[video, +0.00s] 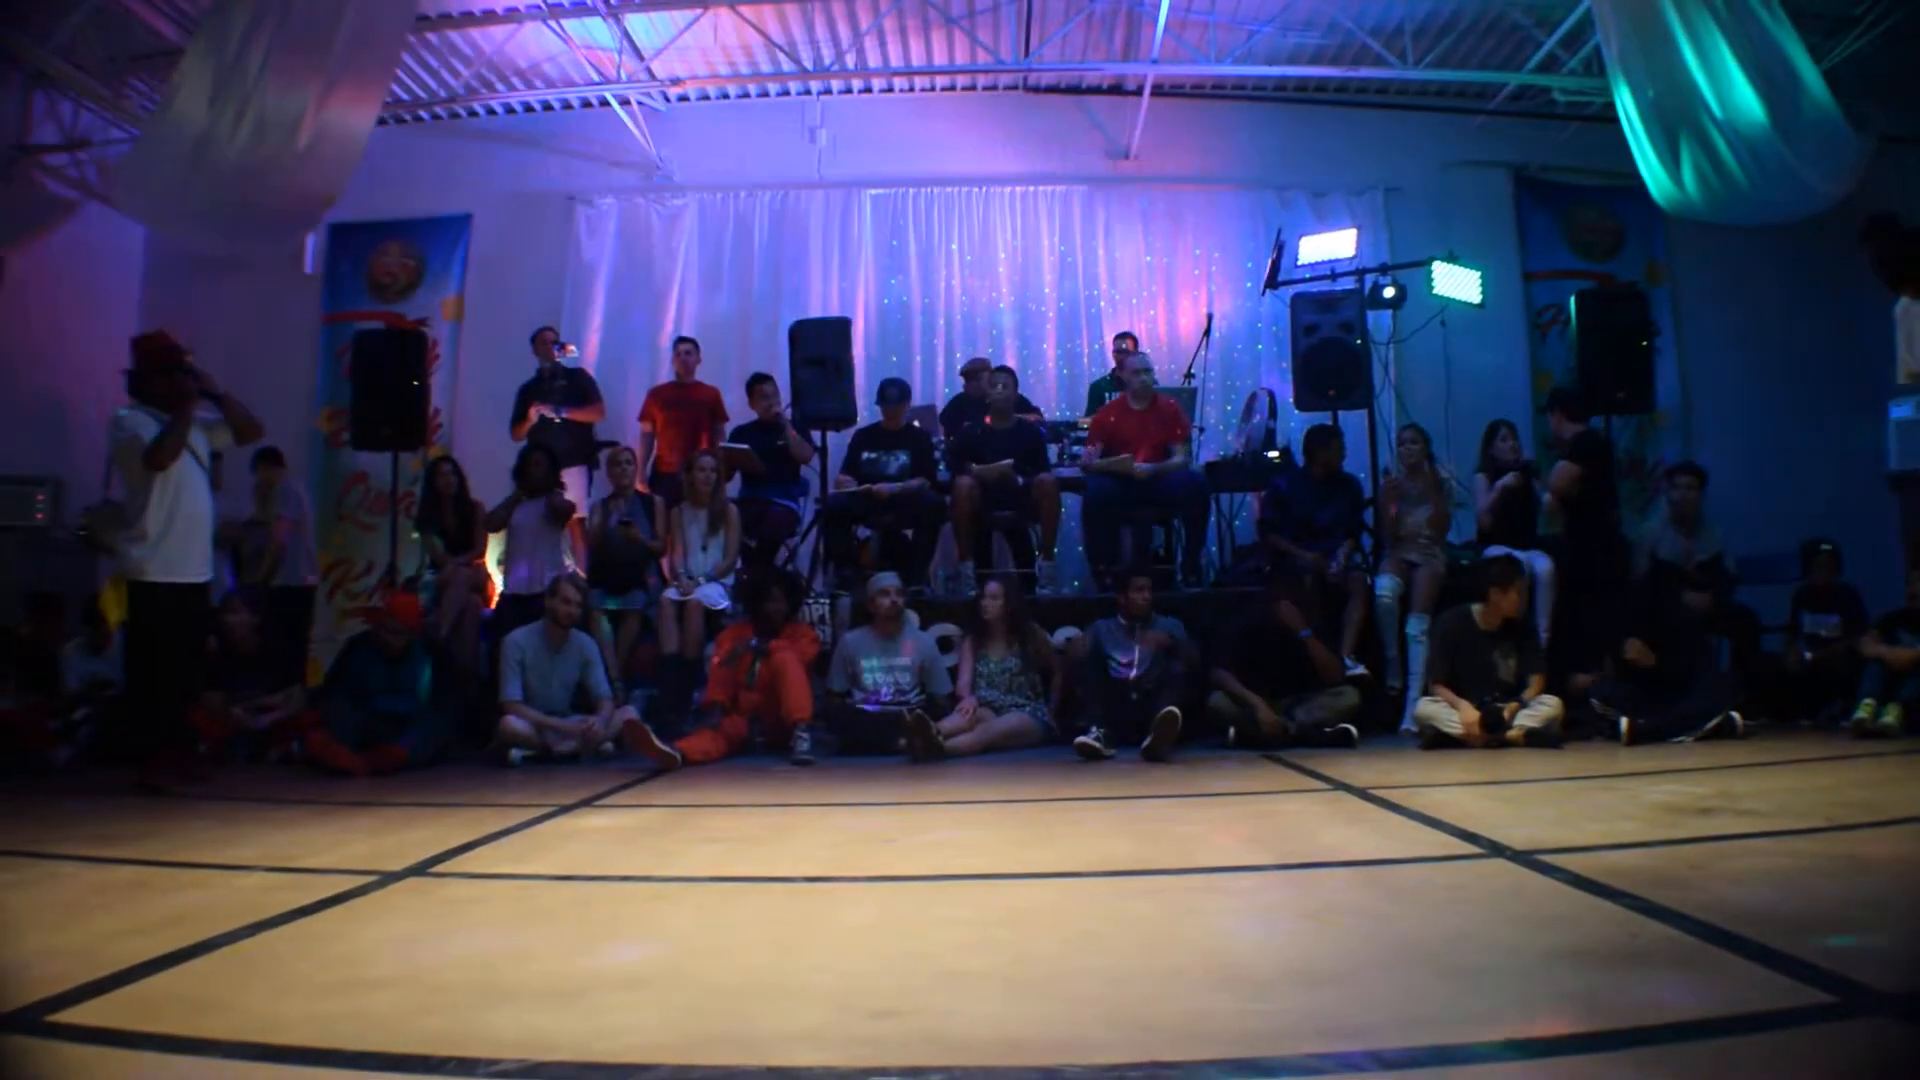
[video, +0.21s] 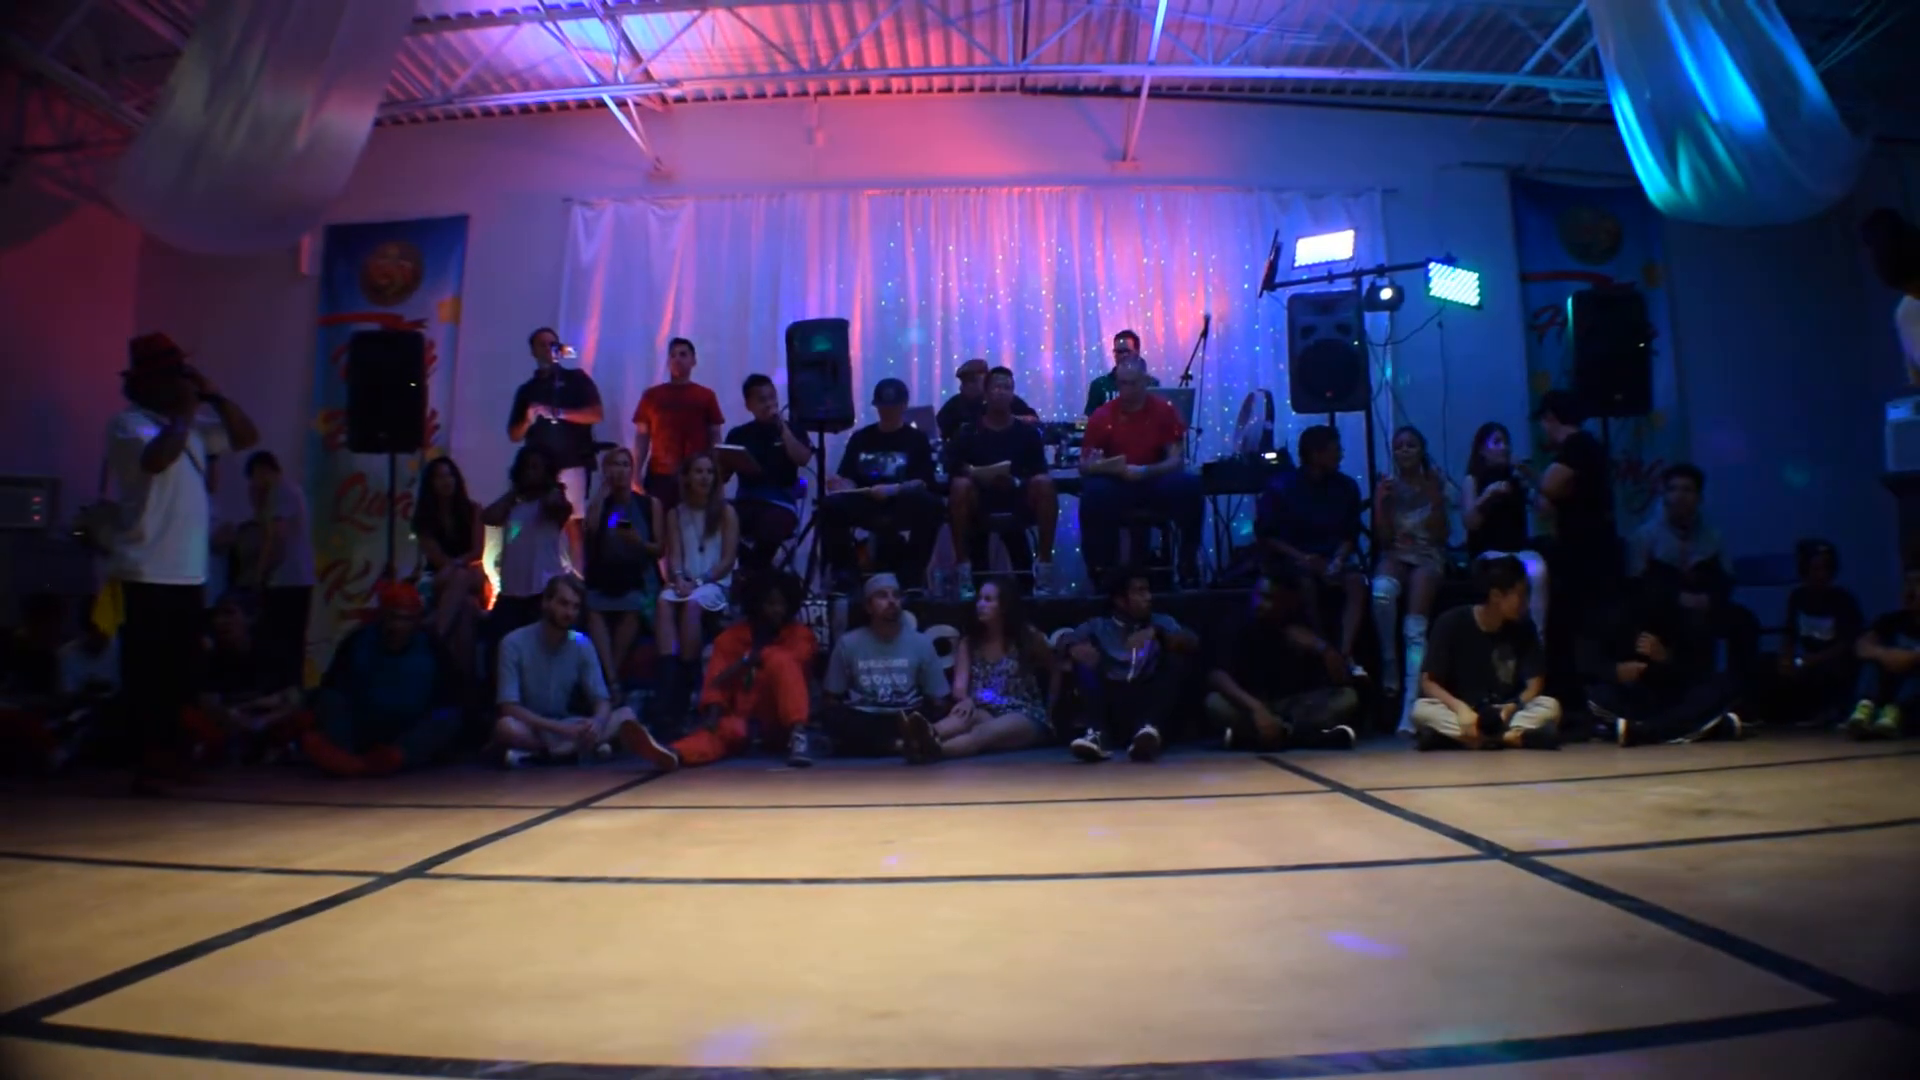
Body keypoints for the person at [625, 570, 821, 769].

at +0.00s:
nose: (773, 609)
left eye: (780, 603)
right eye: (768, 602)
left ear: (791, 606)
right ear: (755, 603)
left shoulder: (802, 633)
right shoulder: (734, 636)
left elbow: (801, 655)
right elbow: (720, 674)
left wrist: (765, 649)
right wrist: (715, 708)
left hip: (781, 715)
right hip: (742, 719)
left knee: (784, 657)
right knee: (716, 737)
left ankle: (801, 734)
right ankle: (677, 752)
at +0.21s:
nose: (775, 611)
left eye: (781, 604)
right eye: (769, 603)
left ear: (791, 607)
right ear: (755, 604)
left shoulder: (799, 635)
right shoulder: (730, 639)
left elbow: (795, 658)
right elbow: (714, 687)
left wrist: (760, 659)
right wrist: (714, 713)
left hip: (779, 715)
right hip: (741, 718)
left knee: (779, 658)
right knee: (728, 732)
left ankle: (798, 735)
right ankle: (674, 753)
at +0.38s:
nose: (774, 612)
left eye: (779, 605)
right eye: (768, 604)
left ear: (789, 608)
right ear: (754, 605)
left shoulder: (797, 634)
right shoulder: (728, 639)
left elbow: (797, 652)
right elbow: (714, 683)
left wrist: (756, 662)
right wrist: (712, 712)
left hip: (778, 714)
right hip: (740, 719)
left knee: (777, 658)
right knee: (715, 738)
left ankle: (796, 736)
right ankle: (673, 755)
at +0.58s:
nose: (773, 611)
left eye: (779, 605)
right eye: (767, 604)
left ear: (788, 608)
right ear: (753, 606)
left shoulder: (796, 636)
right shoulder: (727, 639)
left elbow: (794, 657)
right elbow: (711, 683)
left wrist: (755, 661)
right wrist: (712, 709)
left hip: (777, 714)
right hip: (739, 717)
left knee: (777, 662)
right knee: (716, 737)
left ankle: (795, 737)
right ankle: (672, 755)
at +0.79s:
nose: (763, 614)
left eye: (772, 607)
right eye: (759, 606)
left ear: (785, 612)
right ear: (751, 607)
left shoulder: (796, 636)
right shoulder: (730, 637)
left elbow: (785, 659)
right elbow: (712, 676)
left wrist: (747, 665)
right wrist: (712, 706)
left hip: (774, 714)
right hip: (738, 716)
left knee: (774, 660)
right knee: (720, 736)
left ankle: (795, 737)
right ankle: (672, 755)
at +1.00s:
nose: (762, 613)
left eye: (771, 607)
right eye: (758, 606)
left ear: (785, 612)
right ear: (750, 607)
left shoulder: (796, 637)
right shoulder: (726, 642)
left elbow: (786, 658)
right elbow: (707, 695)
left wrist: (744, 667)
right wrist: (720, 713)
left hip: (773, 720)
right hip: (737, 723)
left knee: (775, 660)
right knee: (706, 738)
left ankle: (795, 737)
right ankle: (670, 755)